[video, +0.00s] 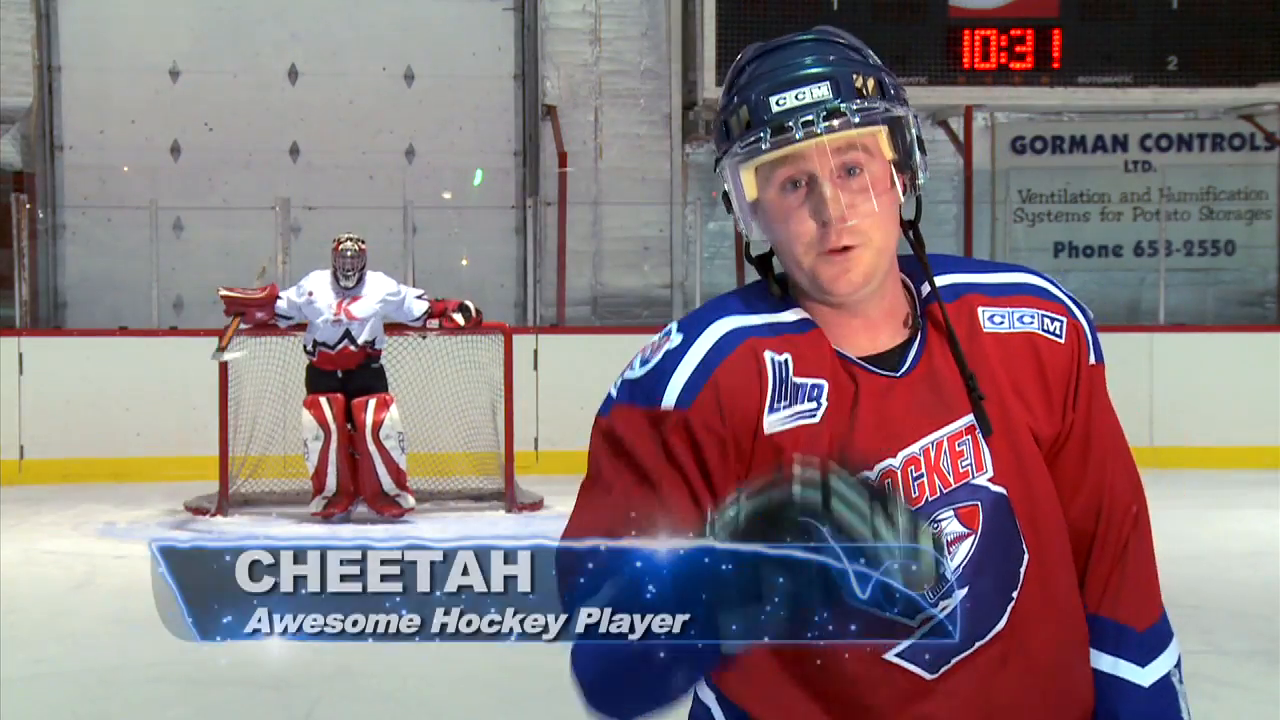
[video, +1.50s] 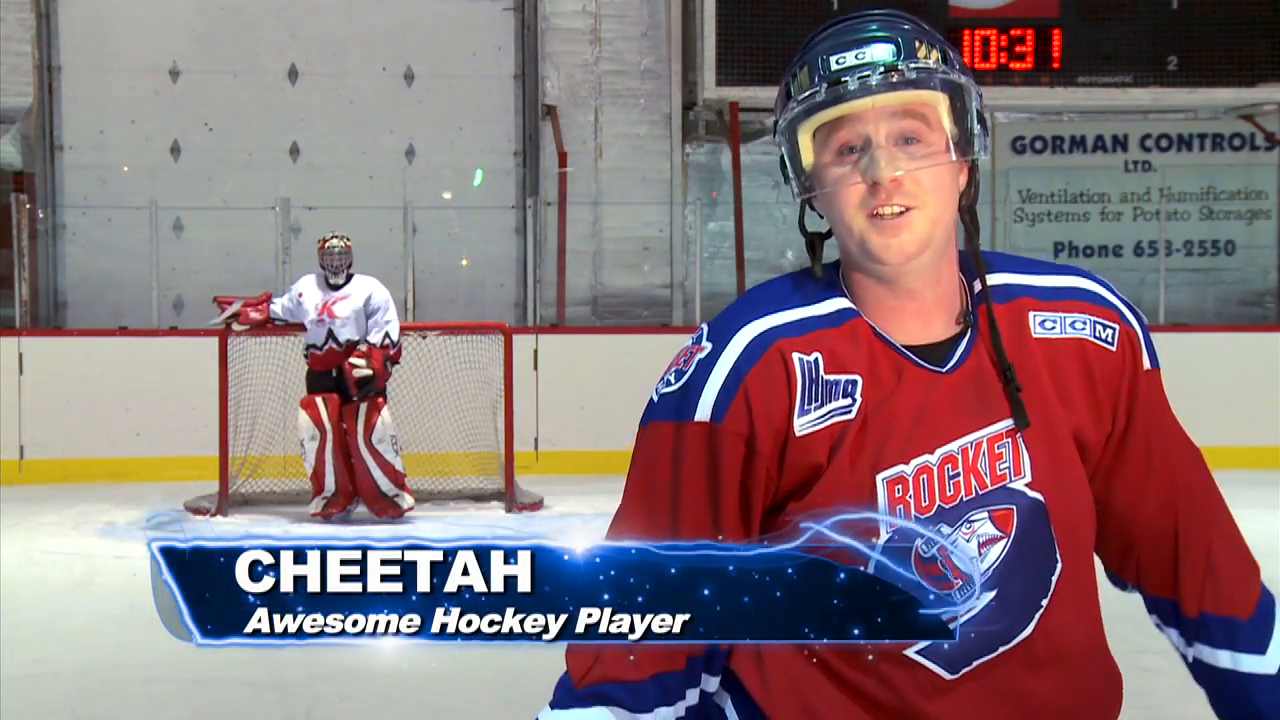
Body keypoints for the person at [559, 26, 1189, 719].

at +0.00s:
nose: (833, 208)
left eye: (853, 166)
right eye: (793, 182)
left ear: (901, 177)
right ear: (751, 212)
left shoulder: (1039, 325)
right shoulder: (682, 389)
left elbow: (1124, 603)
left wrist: (1144, 711)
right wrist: (755, 581)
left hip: (1047, 708)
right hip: (801, 712)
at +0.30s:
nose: (818, 193)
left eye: (842, 156)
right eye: (779, 169)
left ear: (890, 175)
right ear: (739, 210)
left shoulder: (1027, 317)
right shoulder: (682, 413)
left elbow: (1138, 579)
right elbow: (623, 687)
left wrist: (1166, 708)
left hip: (1055, 706)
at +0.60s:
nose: (818, 203)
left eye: (842, 166)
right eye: (780, 183)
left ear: (892, 181)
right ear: (743, 225)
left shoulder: (1040, 313)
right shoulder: (696, 418)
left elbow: (1156, 505)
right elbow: (622, 693)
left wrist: (1203, 674)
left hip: (1054, 704)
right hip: (811, 710)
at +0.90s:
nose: (835, 213)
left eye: (860, 174)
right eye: (798, 189)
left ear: (914, 188)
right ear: (764, 226)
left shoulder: (1058, 316)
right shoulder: (705, 420)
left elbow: (1223, 488)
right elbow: (612, 686)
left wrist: (1270, 646)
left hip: (1054, 700)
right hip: (821, 709)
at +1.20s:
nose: (854, 190)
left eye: (882, 154)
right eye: (818, 167)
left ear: (936, 169)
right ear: (784, 205)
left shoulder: (1069, 316)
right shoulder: (727, 396)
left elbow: (1205, 547)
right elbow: (642, 668)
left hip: (1067, 702)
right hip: (831, 708)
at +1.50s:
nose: (884, 174)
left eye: (911, 140)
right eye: (849, 151)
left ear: (961, 163)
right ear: (810, 186)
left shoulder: (1084, 327)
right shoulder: (740, 368)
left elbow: (1208, 578)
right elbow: (633, 652)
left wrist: (1264, 701)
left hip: (1062, 707)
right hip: (819, 713)